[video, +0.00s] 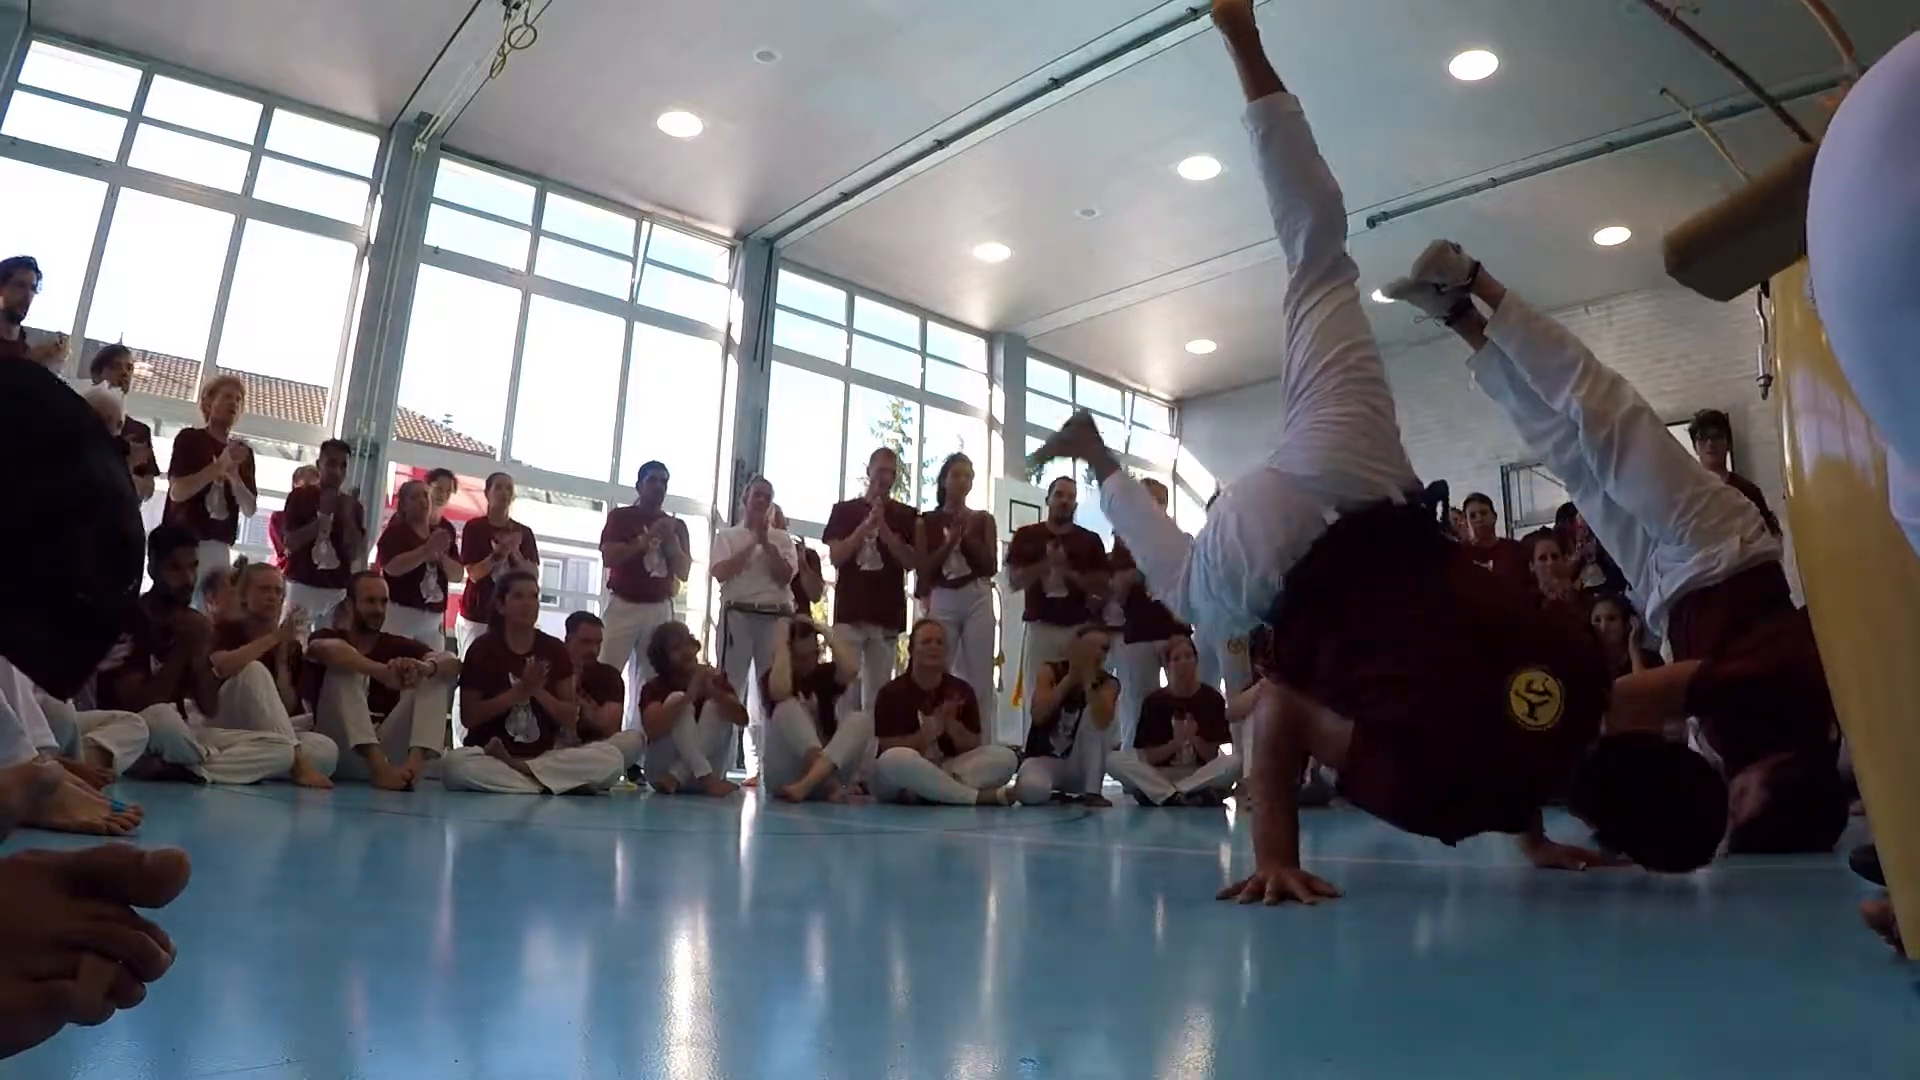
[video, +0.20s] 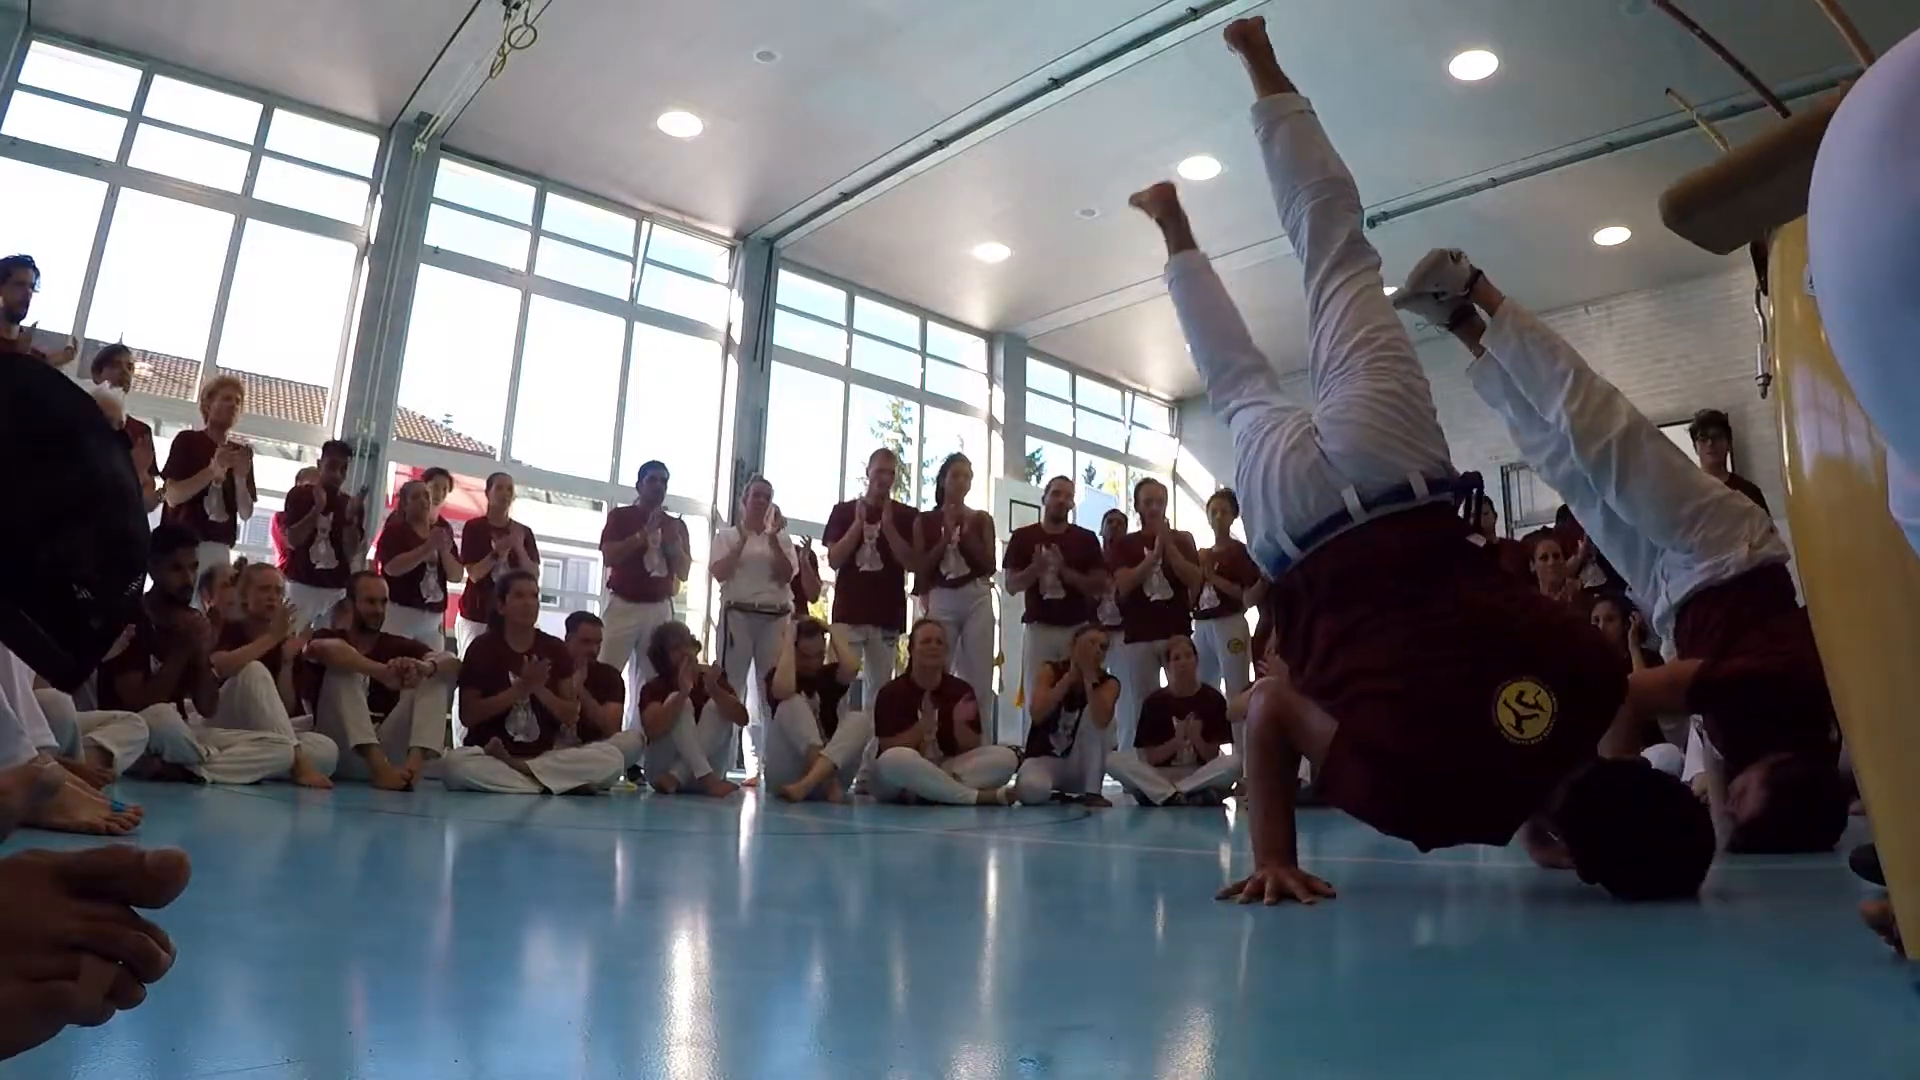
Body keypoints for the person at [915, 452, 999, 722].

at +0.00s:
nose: (963, 480)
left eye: (968, 476)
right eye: (957, 474)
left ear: (973, 482)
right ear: (944, 479)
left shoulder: (983, 520)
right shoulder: (928, 521)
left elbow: (989, 568)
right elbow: (924, 569)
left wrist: (967, 538)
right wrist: (950, 541)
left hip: (979, 599)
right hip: (942, 599)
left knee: (980, 678)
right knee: (939, 675)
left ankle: (983, 746)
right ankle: (938, 746)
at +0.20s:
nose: (961, 481)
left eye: (967, 476)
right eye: (956, 475)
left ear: (971, 482)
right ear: (943, 479)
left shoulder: (981, 520)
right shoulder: (925, 521)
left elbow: (987, 567)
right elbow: (921, 568)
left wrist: (965, 539)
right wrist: (945, 539)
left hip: (978, 599)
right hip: (940, 599)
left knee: (980, 678)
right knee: (938, 675)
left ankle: (982, 750)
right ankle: (937, 747)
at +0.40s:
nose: (962, 480)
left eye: (967, 476)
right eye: (956, 475)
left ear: (972, 482)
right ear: (943, 480)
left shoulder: (981, 520)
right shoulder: (925, 521)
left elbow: (988, 567)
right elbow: (922, 567)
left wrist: (965, 537)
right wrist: (948, 540)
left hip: (978, 601)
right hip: (941, 600)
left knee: (979, 679)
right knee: (937, 675)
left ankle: (980, 747)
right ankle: (936, 746)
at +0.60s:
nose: (962, 482)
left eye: (967, 477)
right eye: (956, 476)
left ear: (972, 483)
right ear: (944, 480)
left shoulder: (982, 521)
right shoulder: (926, 522)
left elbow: (989, 567)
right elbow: (922, 570)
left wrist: (964, 540)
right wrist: (944, 544)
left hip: (978, 598)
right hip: (941, 597)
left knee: (980, 678)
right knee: (938, 675)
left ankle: (984, 747)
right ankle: (938, 747)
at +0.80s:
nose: (965, 481)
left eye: (970, 477)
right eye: (959, 475)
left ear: (975, 483)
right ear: (946, 480)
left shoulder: (985, 520)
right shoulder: (928, 522)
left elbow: (992, 567)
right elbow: (923, 567)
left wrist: (968, 542)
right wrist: (947, 542)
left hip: (980, 602)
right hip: (942, 602)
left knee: (981, 681)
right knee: (938, 677)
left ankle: (983, 749)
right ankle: (936, 750)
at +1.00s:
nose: (967, 482)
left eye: (972, 477)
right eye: (961, 476)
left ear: (978, 483)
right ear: (948, 480)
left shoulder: (987, 520)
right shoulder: (931, 522)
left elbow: (993, 567)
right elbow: (926, 569)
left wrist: (969, 541)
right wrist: (947, 541)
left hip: (981, 596)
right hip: (945, 597)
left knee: (982, 678)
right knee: (942, 675)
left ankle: (984, 750)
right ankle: (939, 748)